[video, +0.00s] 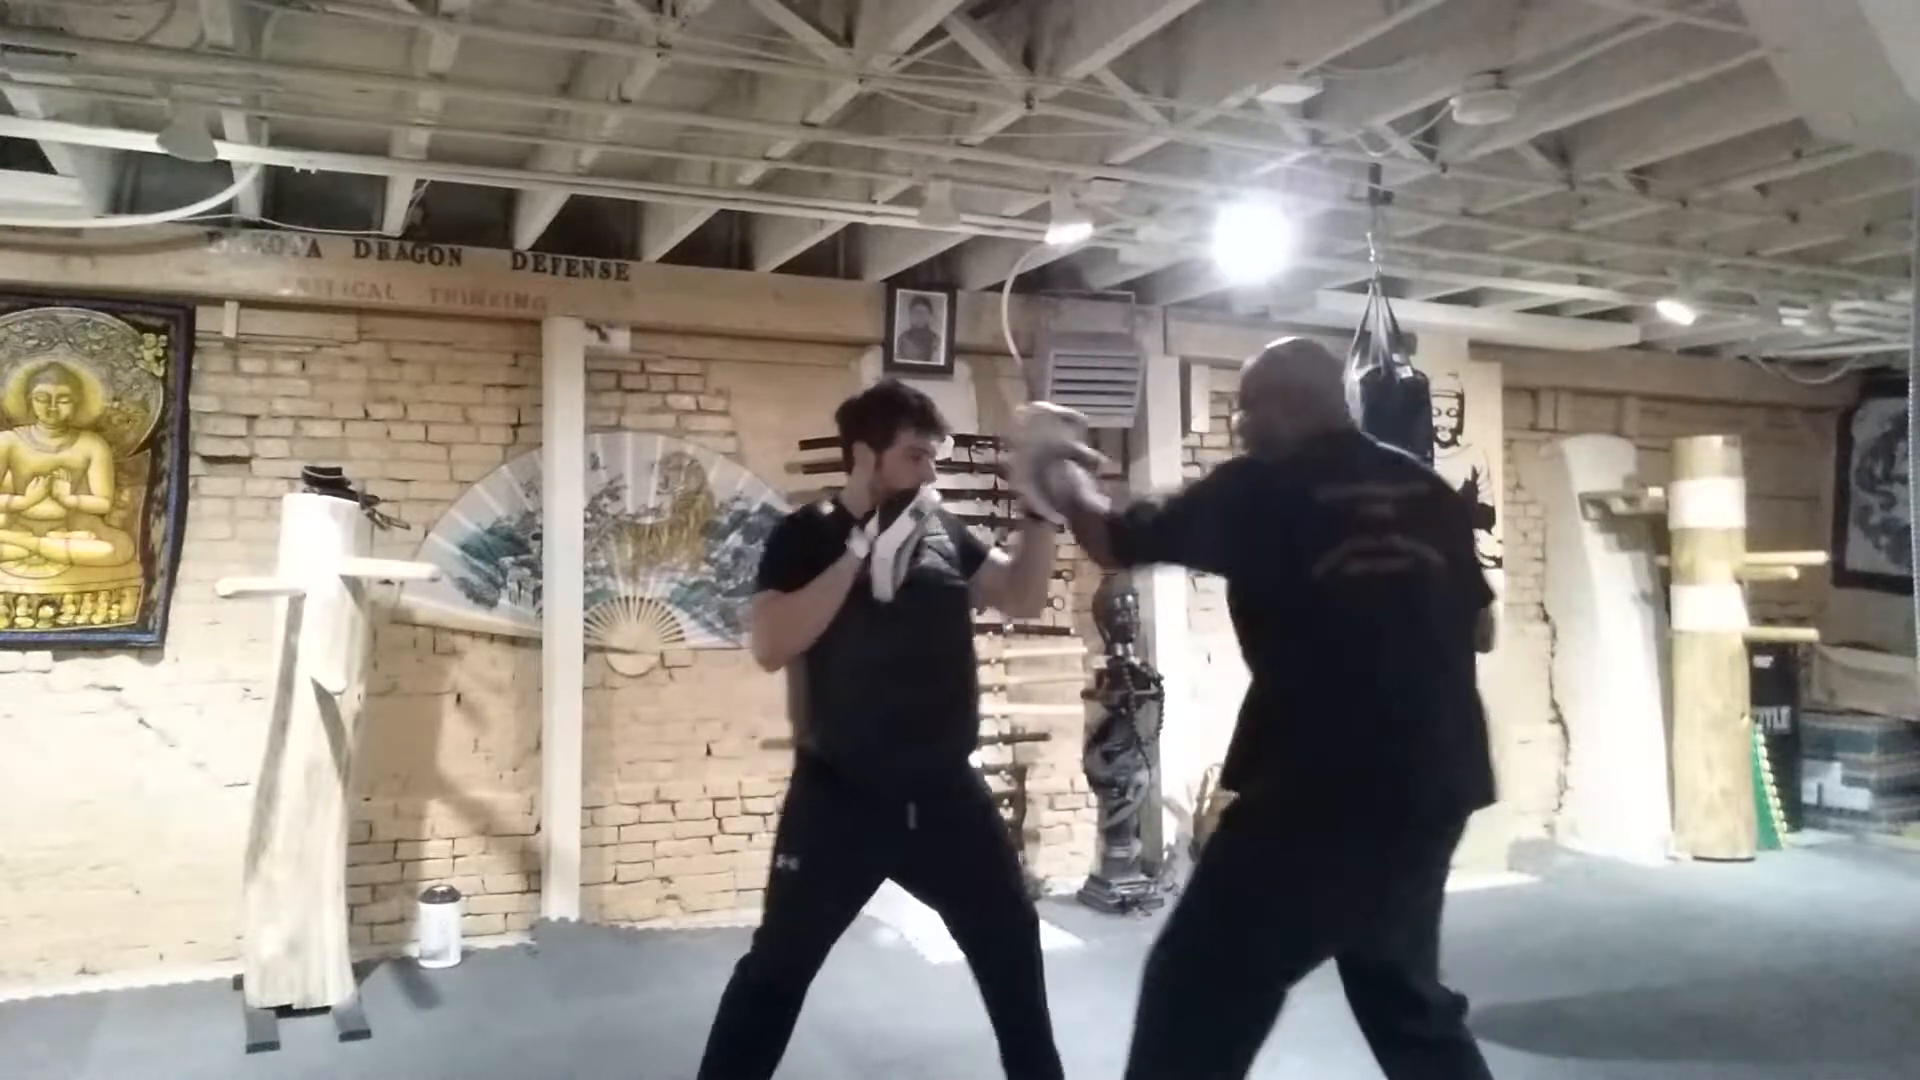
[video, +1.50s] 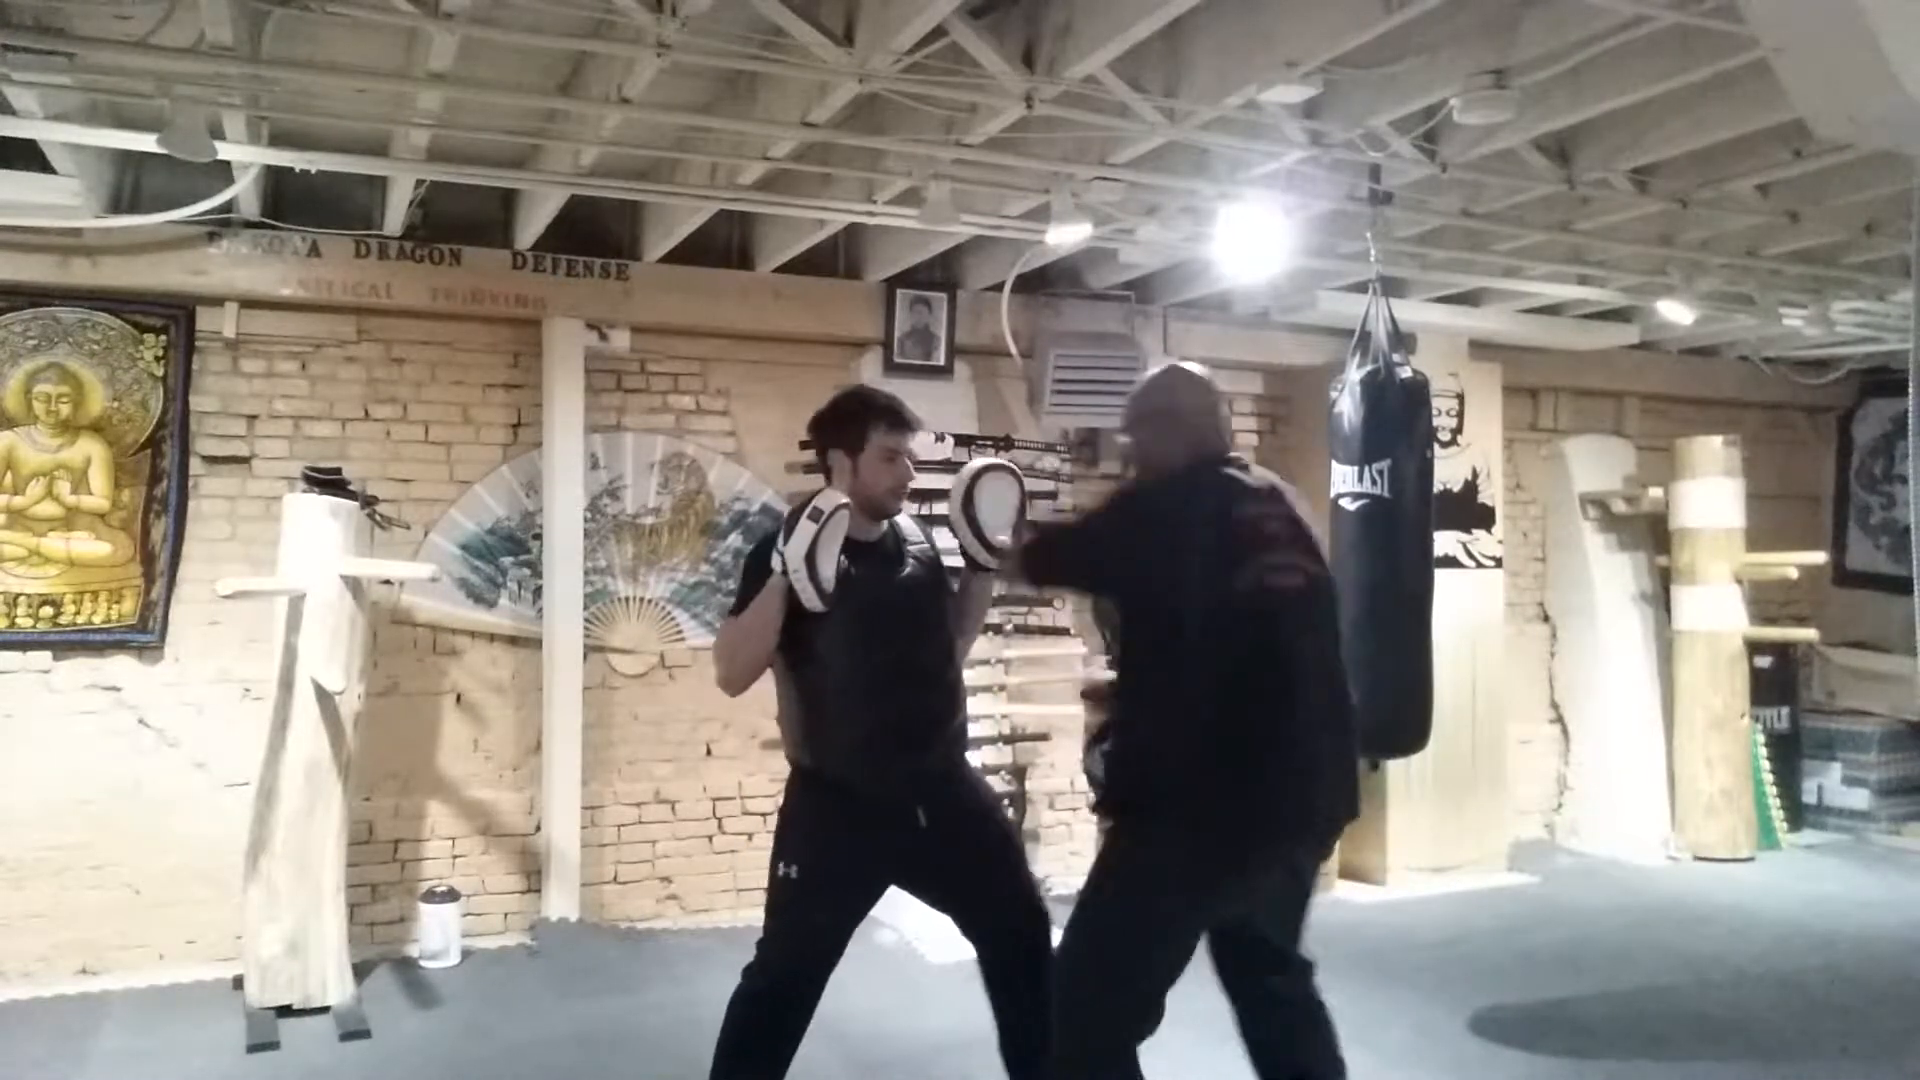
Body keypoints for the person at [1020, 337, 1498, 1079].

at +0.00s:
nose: (1239, 424)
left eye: (1247, 407)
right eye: (1240, 407)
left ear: (1281, 408)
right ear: (1340, 404)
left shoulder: (1259, 488)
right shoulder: (1429, 491)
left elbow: (1114, 540)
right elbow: (1479, 627)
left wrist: (1051, 467)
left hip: (1306, 803)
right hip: (1428, 798)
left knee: (1189, 1018)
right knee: (1409, 1007)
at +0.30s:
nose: (1157, 444)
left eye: (1169, 423)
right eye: (1157, 425)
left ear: (1221, 418)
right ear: (1223, 419)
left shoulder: (1303, 508)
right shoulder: (1226, 513)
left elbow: (1302, 682)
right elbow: (1142, 550)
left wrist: (1168, 659)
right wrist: (1060, 487)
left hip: (1289, 819)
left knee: (1154, 986)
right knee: (1368, 1014)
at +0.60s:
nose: (1145, 448)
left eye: (1155, 430)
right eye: (1144, 432)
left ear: (1204, 423)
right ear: (1220, 424)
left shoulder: (1240, 506)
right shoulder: (1291, 492)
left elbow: (1167, 653)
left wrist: (1114, 599)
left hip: (1254, 813)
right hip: (1335, 803)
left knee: (1127, 979)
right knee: (1311, 991)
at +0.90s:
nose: (1139, 484)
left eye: (1142, 467)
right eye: (1137, 469)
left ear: (1170, 458)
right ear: (1223, 452)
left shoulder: (1156, 545)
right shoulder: (1330, 520)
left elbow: (1056, 660)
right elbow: (1421, 640)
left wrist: (995, 634)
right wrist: (1342, 693)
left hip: (1231, 811)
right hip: (1356, 802)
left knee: (1128, 990)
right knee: (1334, 986)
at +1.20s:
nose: (1058, 476)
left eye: (1066, 452)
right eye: (1054, 457)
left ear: (1118, 438)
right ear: (1124, 441)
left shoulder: (1196, 514)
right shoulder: (1151, 528)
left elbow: (1190, 658)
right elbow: (1121, 638)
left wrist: (1057, 626)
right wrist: (1009, 622)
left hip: (1251, 804)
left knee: (1108, 984)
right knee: (1266, 976)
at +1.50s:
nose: (1129, 445)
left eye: (1138, 428)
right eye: (1129, 428)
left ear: (1167, 432)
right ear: (1216, 432)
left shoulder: (1155, 512)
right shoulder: (1274, 508)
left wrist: (1021, 551)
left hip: (1188, 810)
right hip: (1298, 799)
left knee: (1090, 1011)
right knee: (1267, 968)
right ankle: (1315, 1075)